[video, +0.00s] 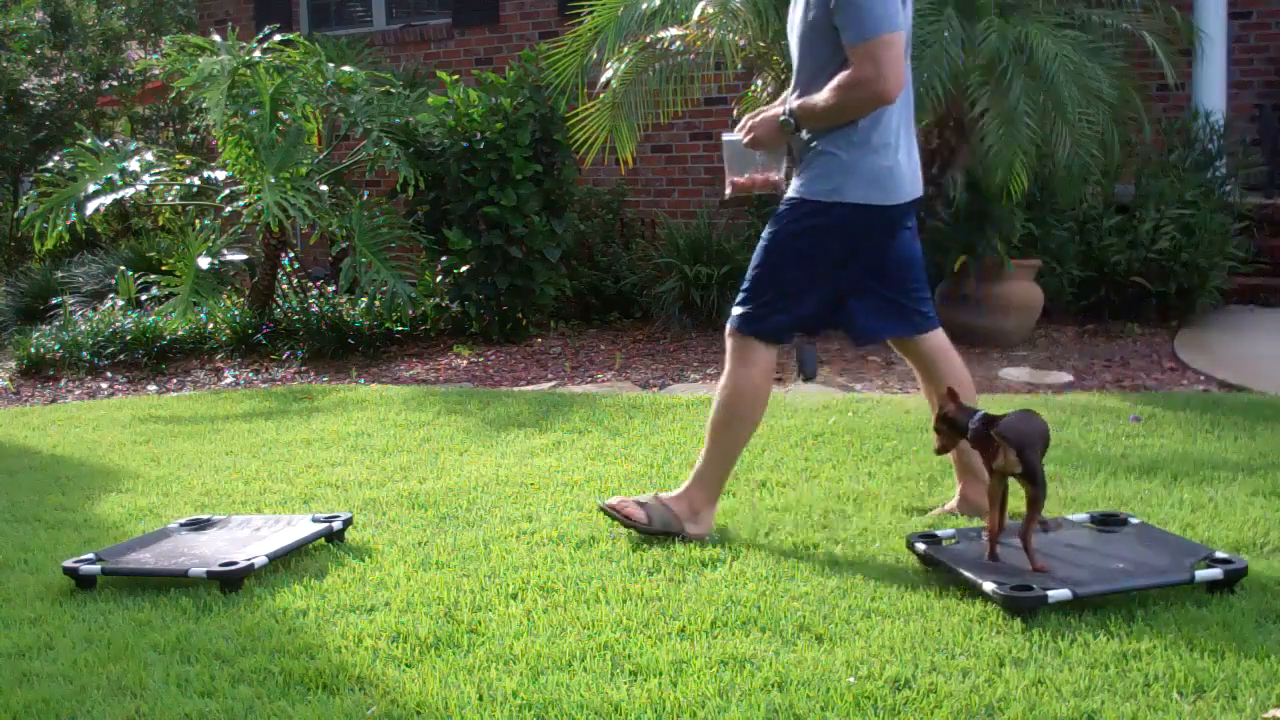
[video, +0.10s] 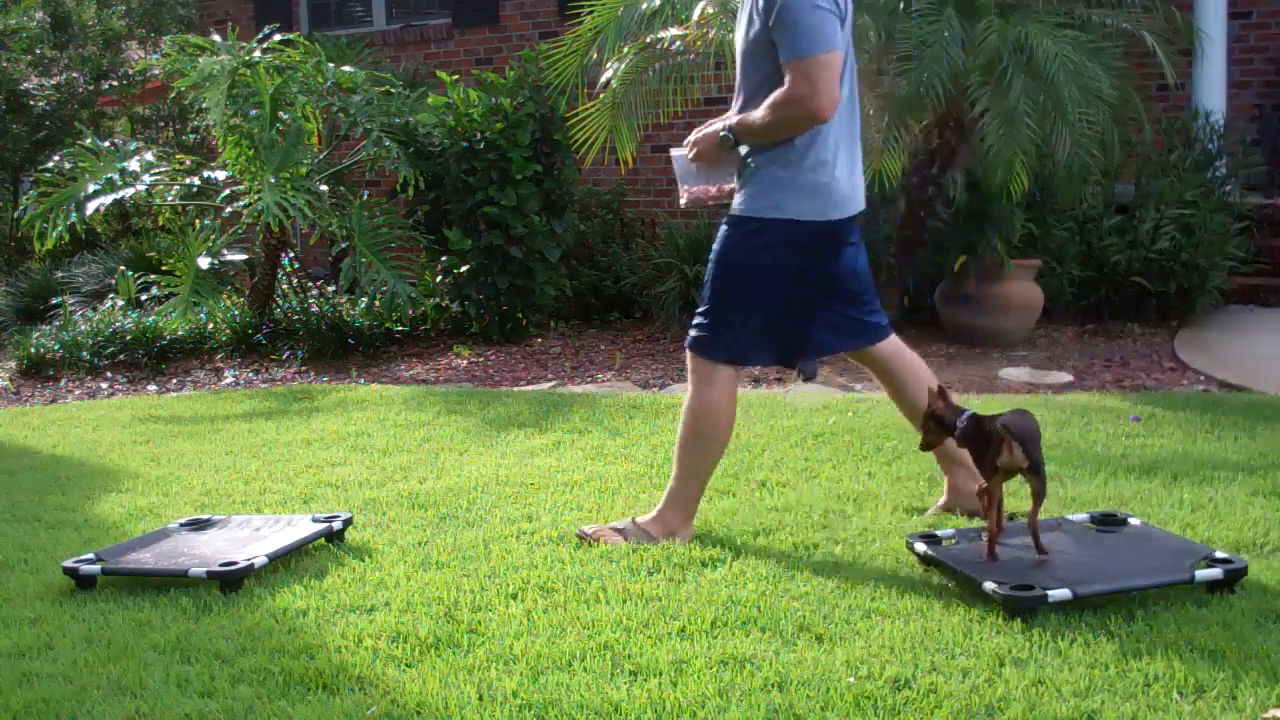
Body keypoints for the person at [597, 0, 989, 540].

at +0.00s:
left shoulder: (863, 1)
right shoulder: (829, 8)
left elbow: (880, 78)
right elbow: (860, 93)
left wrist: (788, 117)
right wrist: (785, 164)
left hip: (840, 188)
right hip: (881, 185)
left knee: (750, 335)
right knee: (920, 335)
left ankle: (695, 504)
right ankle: (979, 487)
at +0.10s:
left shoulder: (799, 2)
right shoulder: (809, 4)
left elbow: (814, 98)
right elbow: (796, 94)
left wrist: (731, 132)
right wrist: (727, 130)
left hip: (782, 203)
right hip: (826, 199)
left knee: (711, 355)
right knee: (874, 341)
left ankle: (671, 520)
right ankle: (967, 478)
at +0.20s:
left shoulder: (733, 2)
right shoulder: (757, 4)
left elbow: (743, 103)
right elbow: (752, 104)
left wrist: (666, 134)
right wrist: (676, 163)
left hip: (725, 198)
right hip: (764, 194)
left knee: (662, 348)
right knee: (781, 342)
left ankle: (663, 521)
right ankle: (912, 452)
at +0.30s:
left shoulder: (682, 2)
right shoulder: (709, 4)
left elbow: (686, 99)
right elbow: (708, 103)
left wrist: (617, 126)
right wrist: (636, 163)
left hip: (681, 195)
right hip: (708, 191)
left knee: (640, 351)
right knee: (689, 336)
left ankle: (661, 521)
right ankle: (820, 412)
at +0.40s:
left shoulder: (643, 3)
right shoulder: (626, 6)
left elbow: (645, 98)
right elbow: (629, 93)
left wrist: (574, 120)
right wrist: (568, 138)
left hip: (651, 193)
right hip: (633, 190)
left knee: (630, 352)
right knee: (579, 311)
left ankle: (660, 521)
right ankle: (713, 420)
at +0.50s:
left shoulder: (604, 2)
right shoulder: (578, 4)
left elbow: (614, 98)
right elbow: (593, 82)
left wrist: (545, 127)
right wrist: (531, 112)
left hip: (617, 188)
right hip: (590, 185)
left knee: (621, 355)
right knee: (527, 295)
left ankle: (660, 520)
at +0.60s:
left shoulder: (570, 3)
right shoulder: (532, 4)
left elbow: (583, 105)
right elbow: (556, 85)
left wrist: (504, 148)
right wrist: (502, 118)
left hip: (581, 195)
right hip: (550, 194)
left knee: (606, 350)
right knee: (499, 315)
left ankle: (660, 519)